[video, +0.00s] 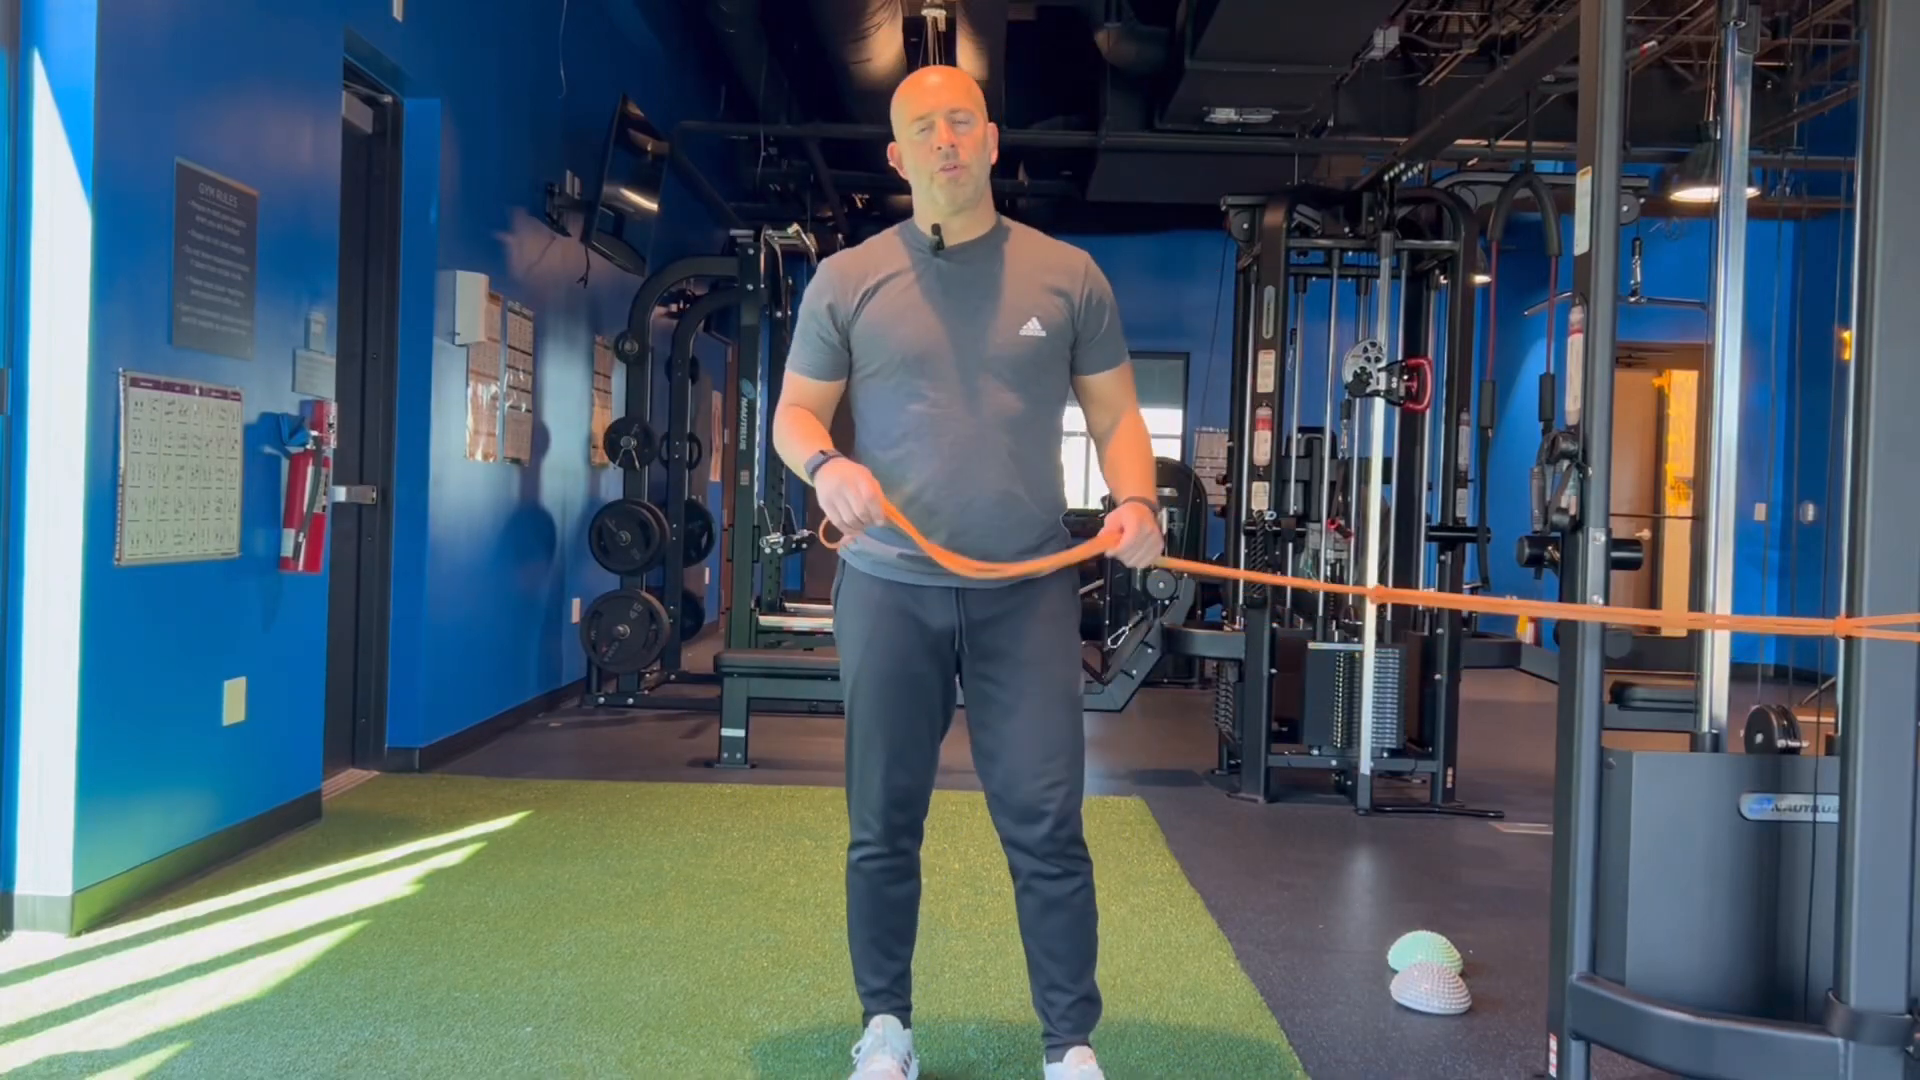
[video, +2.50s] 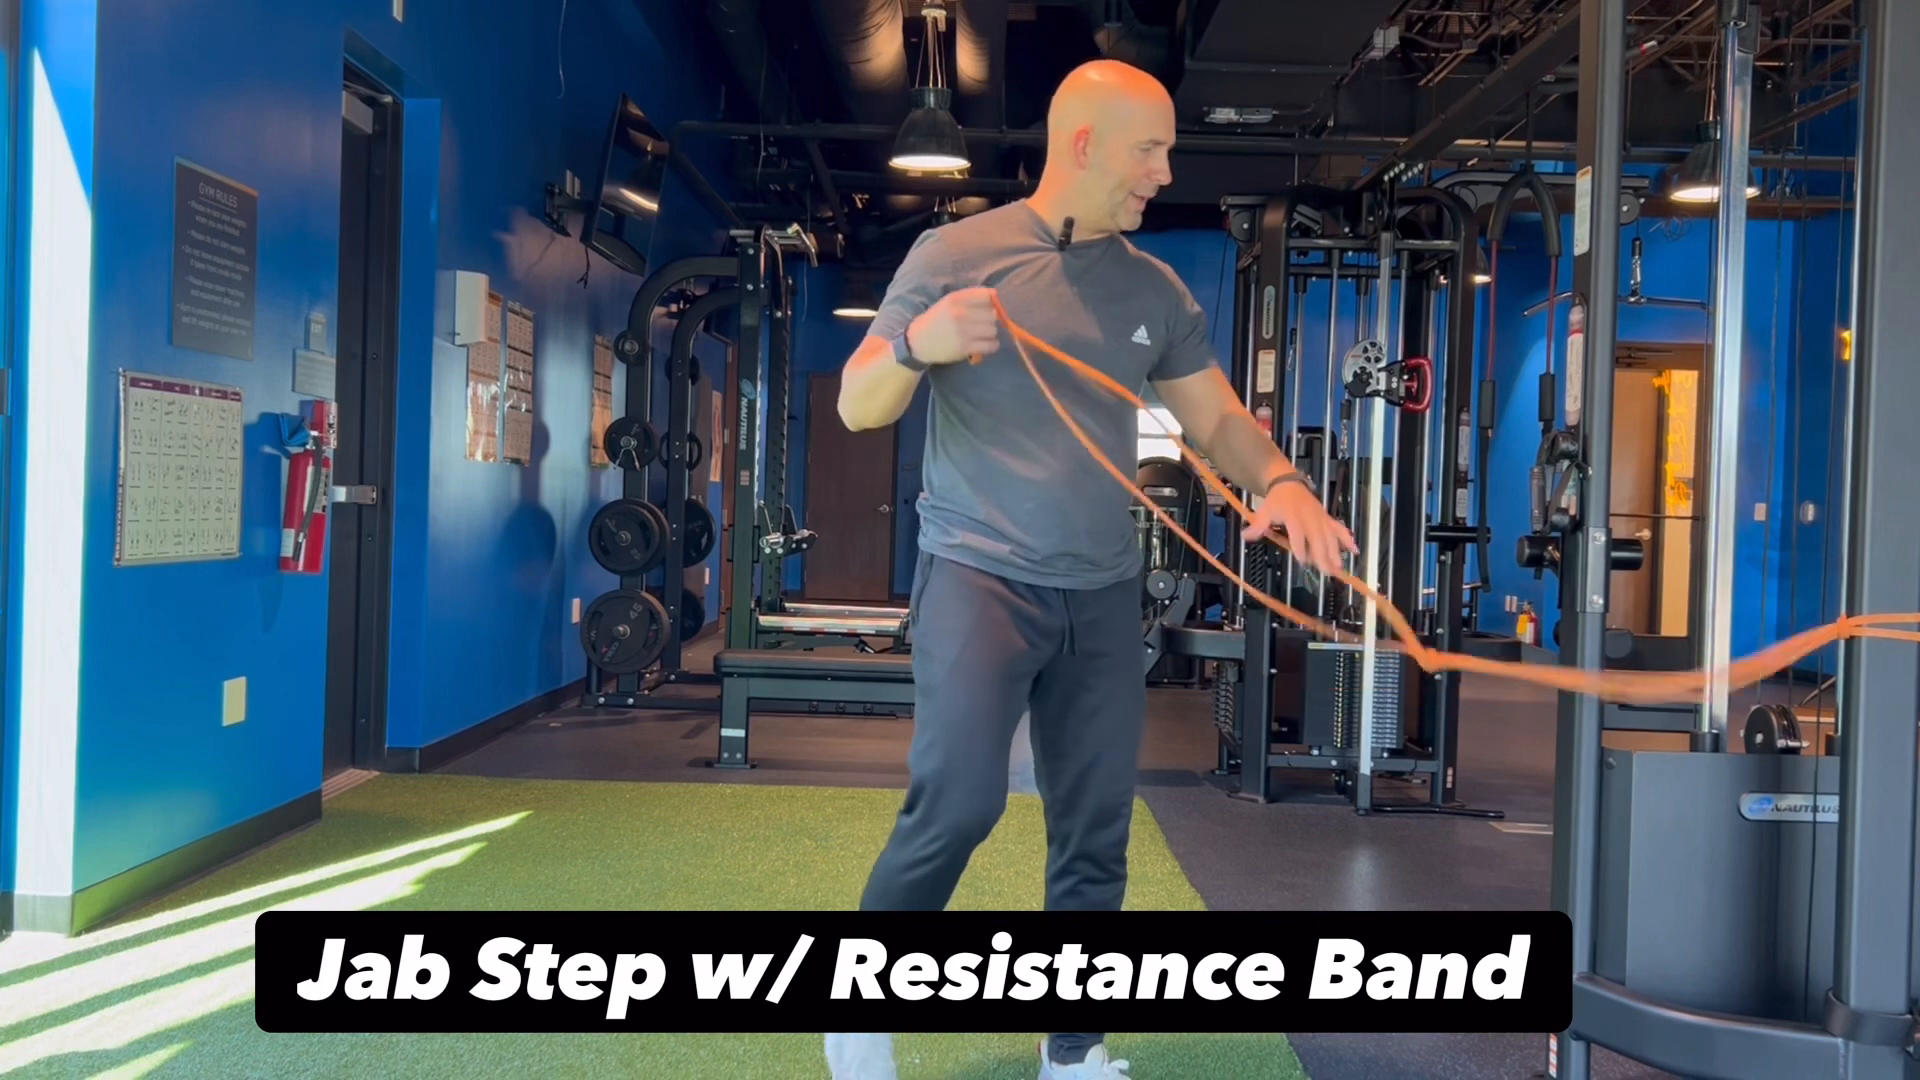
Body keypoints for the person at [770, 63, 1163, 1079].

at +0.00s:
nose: (949, 137)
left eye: (963, 120)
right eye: (926, 124)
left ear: (994, 141)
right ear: (896, 155)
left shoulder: (1068, 277)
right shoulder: (844, 283)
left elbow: (1116, 416)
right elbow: (796, 415)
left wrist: (1137, 500)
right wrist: (825, 464)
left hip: (1030, 592)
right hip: (889, 588)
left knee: (1045, 822)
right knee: (882, 824)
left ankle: (1070, 1041)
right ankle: (884, 1023)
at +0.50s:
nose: (946, 143)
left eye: (961, 124)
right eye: (925, 130)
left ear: (993, 142)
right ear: (896, 156)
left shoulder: (1064, 273)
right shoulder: (852, 278)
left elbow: (1121, 426)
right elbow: (797, 444)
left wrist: (1161, 381)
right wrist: (801, 357)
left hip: (1026, 583)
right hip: (888, 582)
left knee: (1044, 822)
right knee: (884, 824)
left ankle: (1070, 1042)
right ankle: (886, 1022)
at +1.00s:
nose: (949, 142)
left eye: (964, 123)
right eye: (928, 129)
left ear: (997, 142)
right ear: (899, 157)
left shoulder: (1069, 276)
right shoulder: (854, 278)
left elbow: (1115, 428)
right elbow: (803, 448)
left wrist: (1153, 394)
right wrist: (815, 378)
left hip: (1031, 586)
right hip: (892, 585)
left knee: (1047, 823)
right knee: (887, 823)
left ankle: (1070, 1043)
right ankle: (886, 1023)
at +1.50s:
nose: (980, 166)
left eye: (992, 145)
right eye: (957, 148)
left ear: (1006, 150)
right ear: (909, 160)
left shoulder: (1065, 279)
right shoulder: (845, 285)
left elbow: (1123, 420)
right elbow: (788, 448)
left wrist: (1167, 402)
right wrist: (810, 399)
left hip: (1031, 585)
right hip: (892, 586)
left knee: (1047, 822)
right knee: (887, 824)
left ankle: (1071, 1043)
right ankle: (887, 1021)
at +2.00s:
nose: (1053, 177)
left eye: (1059, 158)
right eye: (1033, 157)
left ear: (1055, 161)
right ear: (968, 159)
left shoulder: (1088, 279)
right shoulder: (879, 277)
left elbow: (1189, 392)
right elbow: (796, 419)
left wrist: (1213, 350)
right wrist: (861, 446)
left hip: (1061, 593)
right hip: (926, 592)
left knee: (1074, 831)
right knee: (901, 836)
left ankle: (1071, 1044)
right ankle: (883, 1035)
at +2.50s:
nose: (1161, 178)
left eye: (1167, 159)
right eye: (1149, 155)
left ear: (1101, 154)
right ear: (1079, 144)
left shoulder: (1154, 292)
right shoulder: (950, 256)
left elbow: (1218, 422)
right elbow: (860, 408)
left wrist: (1285, 486)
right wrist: (916, 347)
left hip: (1106, 593)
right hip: (979, 578)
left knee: (1096, 834)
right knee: (960, 798)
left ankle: (1073, 1047)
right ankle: (856, 1006)